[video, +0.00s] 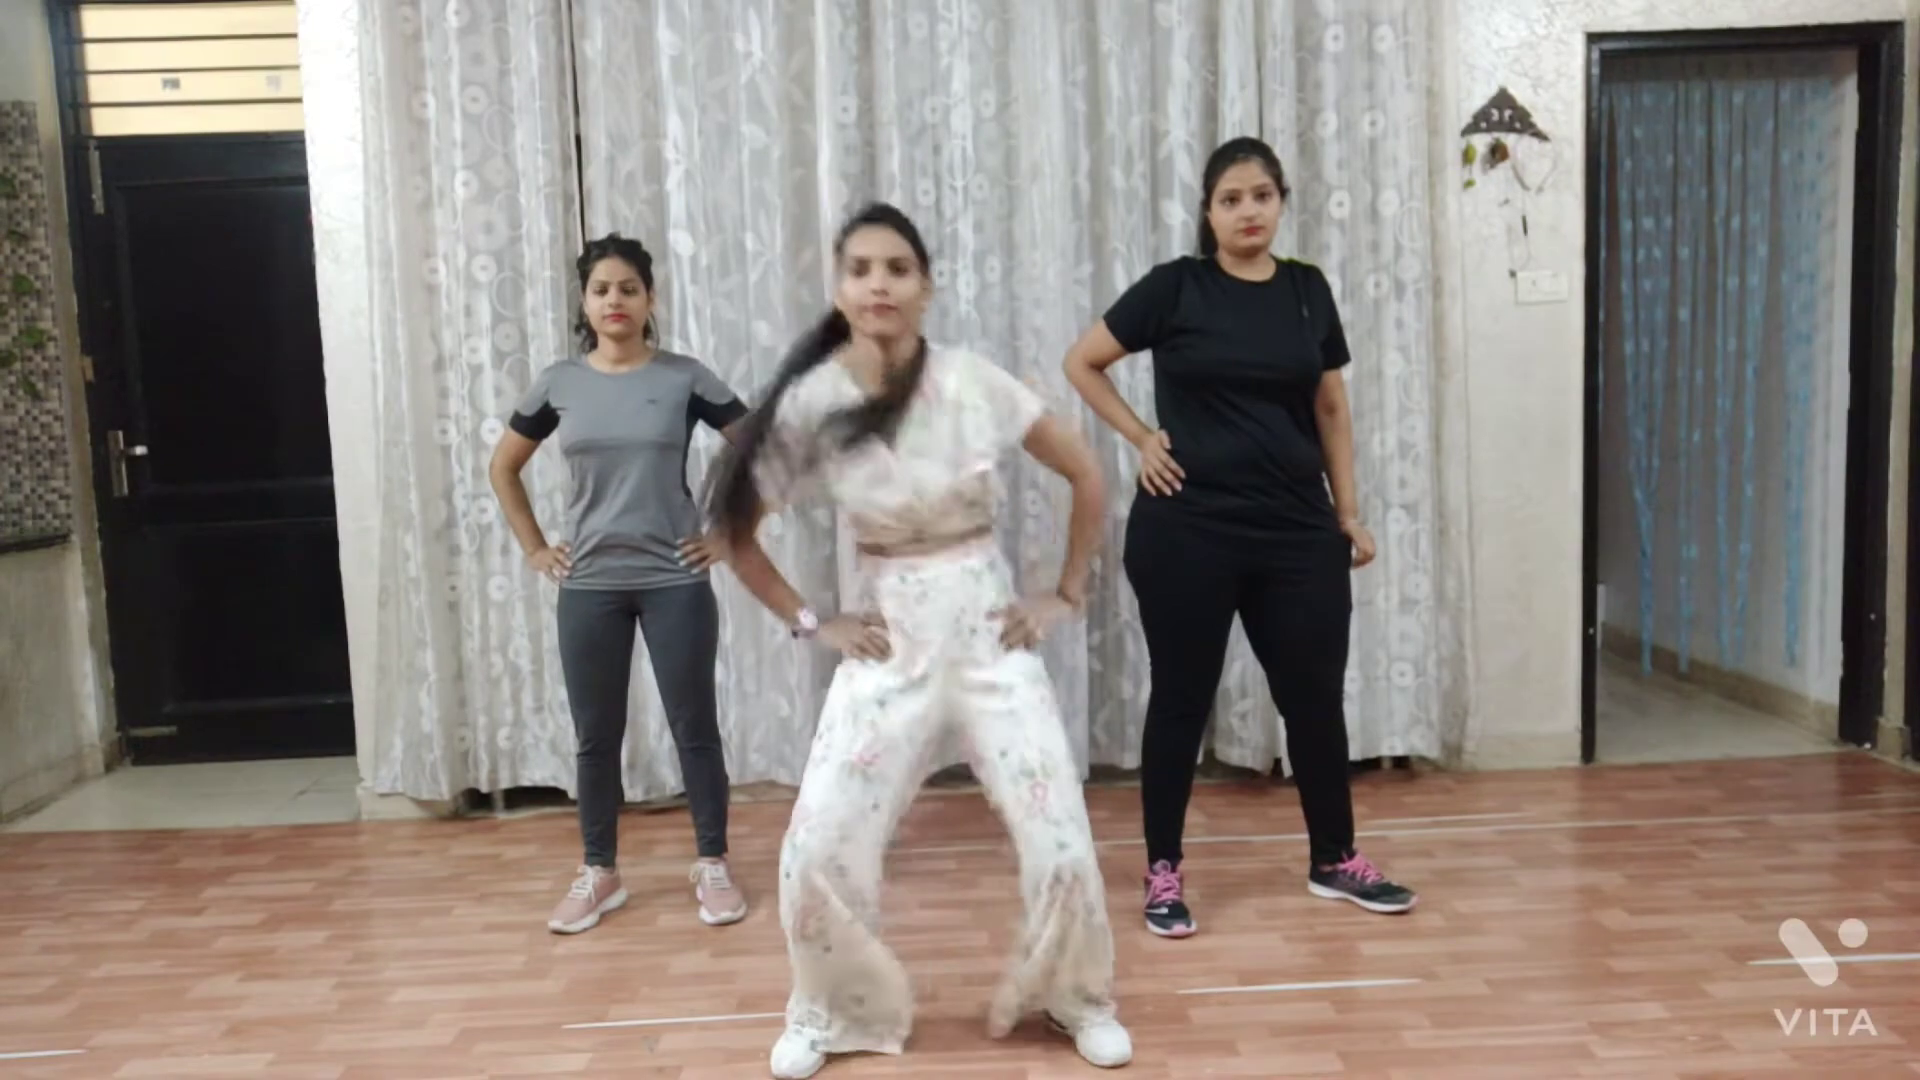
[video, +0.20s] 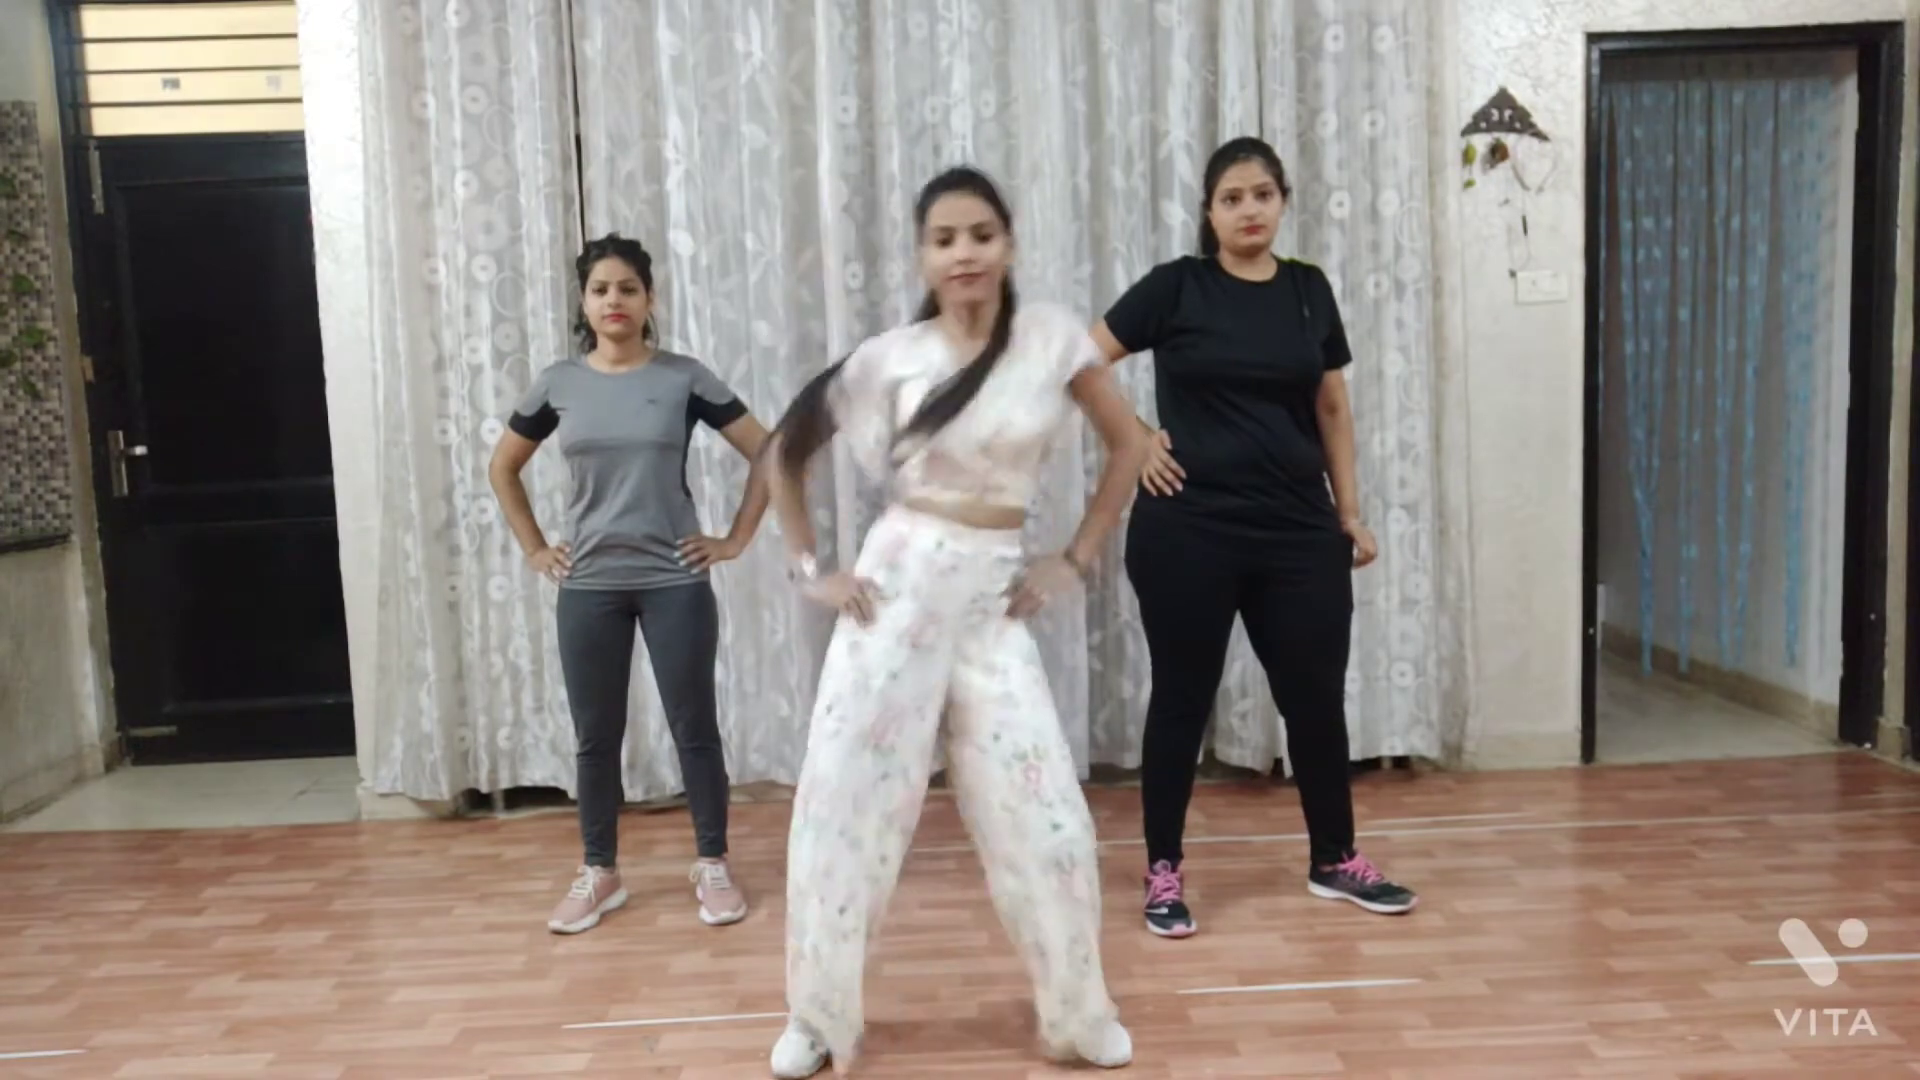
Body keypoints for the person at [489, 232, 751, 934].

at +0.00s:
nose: (615, 301)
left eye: (628, 289)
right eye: (602, 290)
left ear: (649, 300)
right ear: (584, 303)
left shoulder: (686, 379)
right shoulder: (559, 383)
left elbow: (763, 451)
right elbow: (503, 466)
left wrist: (728, 533)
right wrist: (537, 548)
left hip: (675, 575)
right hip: (589, 580)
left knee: (694, 725)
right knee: (595, 736)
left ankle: (712, 865)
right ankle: (599, 872)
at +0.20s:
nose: (614, 300)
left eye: (627, 288)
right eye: (601, 289)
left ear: (649, 300)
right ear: (583, 302)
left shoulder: (684, 378)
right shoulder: (559, 384)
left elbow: (766, 451)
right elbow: (502, 468)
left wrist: (736, 538)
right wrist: (538, 549)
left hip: (675, 576)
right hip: (589, 581)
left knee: (694, 728)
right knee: (596, 737)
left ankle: (713, 866)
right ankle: (599, 872)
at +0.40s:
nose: (614, 300)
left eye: (627, 288)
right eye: (601, 289)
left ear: (649, 299)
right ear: (583, 302)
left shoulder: (684, 378)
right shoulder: (558, 384)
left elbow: (765, 455)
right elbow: (502, 468)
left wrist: (736, 538)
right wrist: (537, 549)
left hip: (674, 575)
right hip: (589, 580)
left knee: (695, 729)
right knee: (596, 738)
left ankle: (713, 866)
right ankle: (599, 872)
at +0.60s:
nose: (615, 301)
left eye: (628, 289)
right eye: (602, 290)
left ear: (650, 300)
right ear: (584, 302)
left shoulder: (685, 378)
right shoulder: (559, 384)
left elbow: (767, 456)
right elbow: (503, 467)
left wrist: (735, 538)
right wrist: (537, 548)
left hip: (675, 575)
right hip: (590, 580)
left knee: (695, 728)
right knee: (596, 737)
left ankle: (712, 866)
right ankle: (599, 872)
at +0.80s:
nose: (616, 302)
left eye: (629, 290)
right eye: (603, 291)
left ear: (650, 300)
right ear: (584, 303)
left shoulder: (686, 378)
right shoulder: (559, 384)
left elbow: (766, 452)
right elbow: (503, 467)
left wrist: (736, 539)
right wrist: (538, 550)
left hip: (676, 574)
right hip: (591, 580)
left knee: (695, 725)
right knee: (597, 736)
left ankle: (712, 866)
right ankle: (599, 872)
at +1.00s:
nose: (617, 303)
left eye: (630, 290)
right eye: (603, 291)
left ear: (651, 300)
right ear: (585, 302)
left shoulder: (686, 379)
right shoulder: (559, 383)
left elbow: (767, 450)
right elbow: (503, 466)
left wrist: (738, 535)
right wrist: (537, 548)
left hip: (676, 574)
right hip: (591, 580)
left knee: (696, 726)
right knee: (597, 736)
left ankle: (712, 866)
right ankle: (599, 871)